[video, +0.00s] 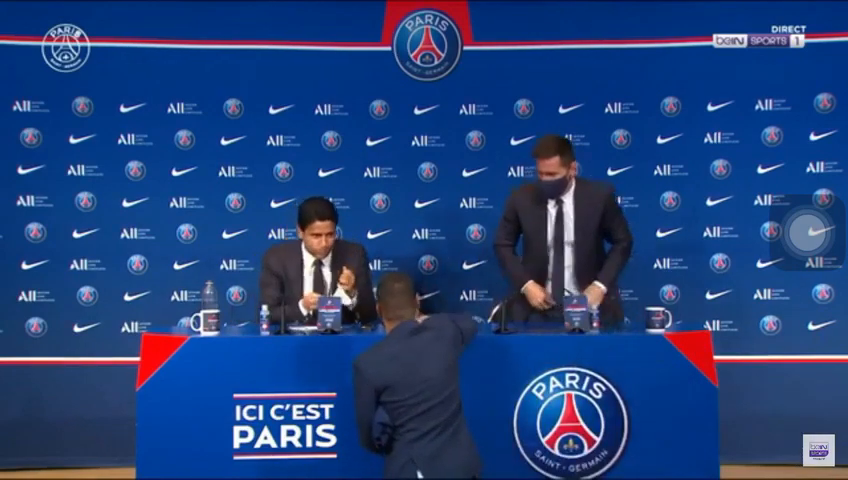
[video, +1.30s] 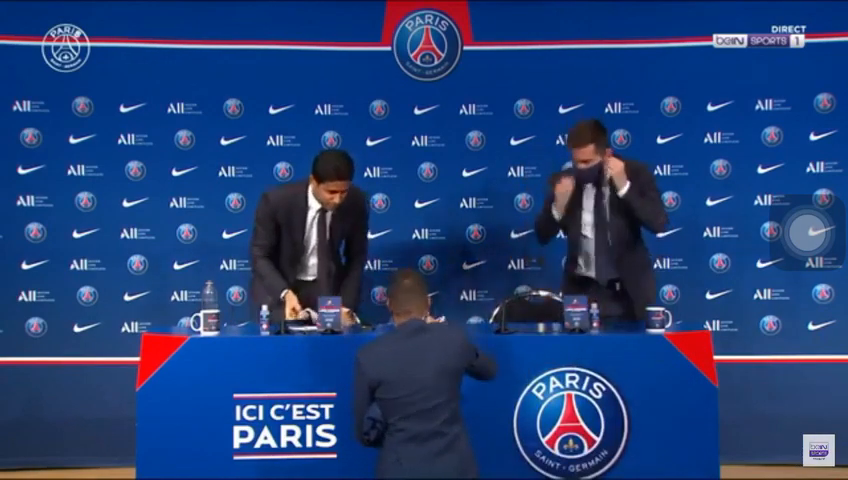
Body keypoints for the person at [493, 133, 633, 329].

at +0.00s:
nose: (544, 181)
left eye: (552, 174)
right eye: (540, 174)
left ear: (572, 170)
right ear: (536, 170)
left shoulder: (599, 196)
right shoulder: (522, 198)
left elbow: (623, 242)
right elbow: (503, 245)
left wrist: (600, 286)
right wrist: (527, 285)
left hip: (588, 310)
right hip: (539, 311)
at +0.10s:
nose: (557, 175)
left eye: (564, 169)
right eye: (553, 168)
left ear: (584, 164)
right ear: (548, 164)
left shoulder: (611, 193)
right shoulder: (534, 193)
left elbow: (636, 237)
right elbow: (511, 240)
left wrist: (620, 279)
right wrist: (531, 278)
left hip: (600, 306)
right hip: (550, 307)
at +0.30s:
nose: (575, 169)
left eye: (582, 163)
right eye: (571, 162)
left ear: (602, 159)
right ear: (566, 158)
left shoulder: (627, 189)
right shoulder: (553, 189)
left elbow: (653, 236)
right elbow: (525, 234)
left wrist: (643, 273)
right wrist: (537, 271)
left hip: (616, 303)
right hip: (566, 303)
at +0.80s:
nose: (571, 158)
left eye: (578, 152)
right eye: (569, 151)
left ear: (601, 150)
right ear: (567, 146)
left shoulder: (637, 180)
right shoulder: (560, 182)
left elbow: (666, 229)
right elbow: (539, 229)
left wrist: (639, 249)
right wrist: (554, 256)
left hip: (625, 295)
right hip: (578, 295)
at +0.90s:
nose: (570, 160)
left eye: (577, 155)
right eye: (568, 154)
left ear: (600, 151)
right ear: (566, 148)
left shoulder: (636, 177)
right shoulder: (560, 183)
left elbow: (662, 228)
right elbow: (540, 230)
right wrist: (556, 257)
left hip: (628, 294)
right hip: (581, 295)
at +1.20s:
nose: (573, 163)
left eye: (579, 157)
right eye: (570, 156)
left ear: (601, 151)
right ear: (566, 152)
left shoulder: (633, 174)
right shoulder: (558, 182)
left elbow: (659, 223)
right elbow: (538, 231)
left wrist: (623, 200)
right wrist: (557, 241)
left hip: (626, 290)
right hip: (580, 291)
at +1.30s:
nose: (580, 168)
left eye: (586, 162)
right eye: (576, 162)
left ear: (606, 154)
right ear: (571, 156)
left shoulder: (634, 173)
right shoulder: (564, 180)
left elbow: (659, 224)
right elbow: (543, 235)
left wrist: (624, 187)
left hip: (625, 290)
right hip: (580, 289)